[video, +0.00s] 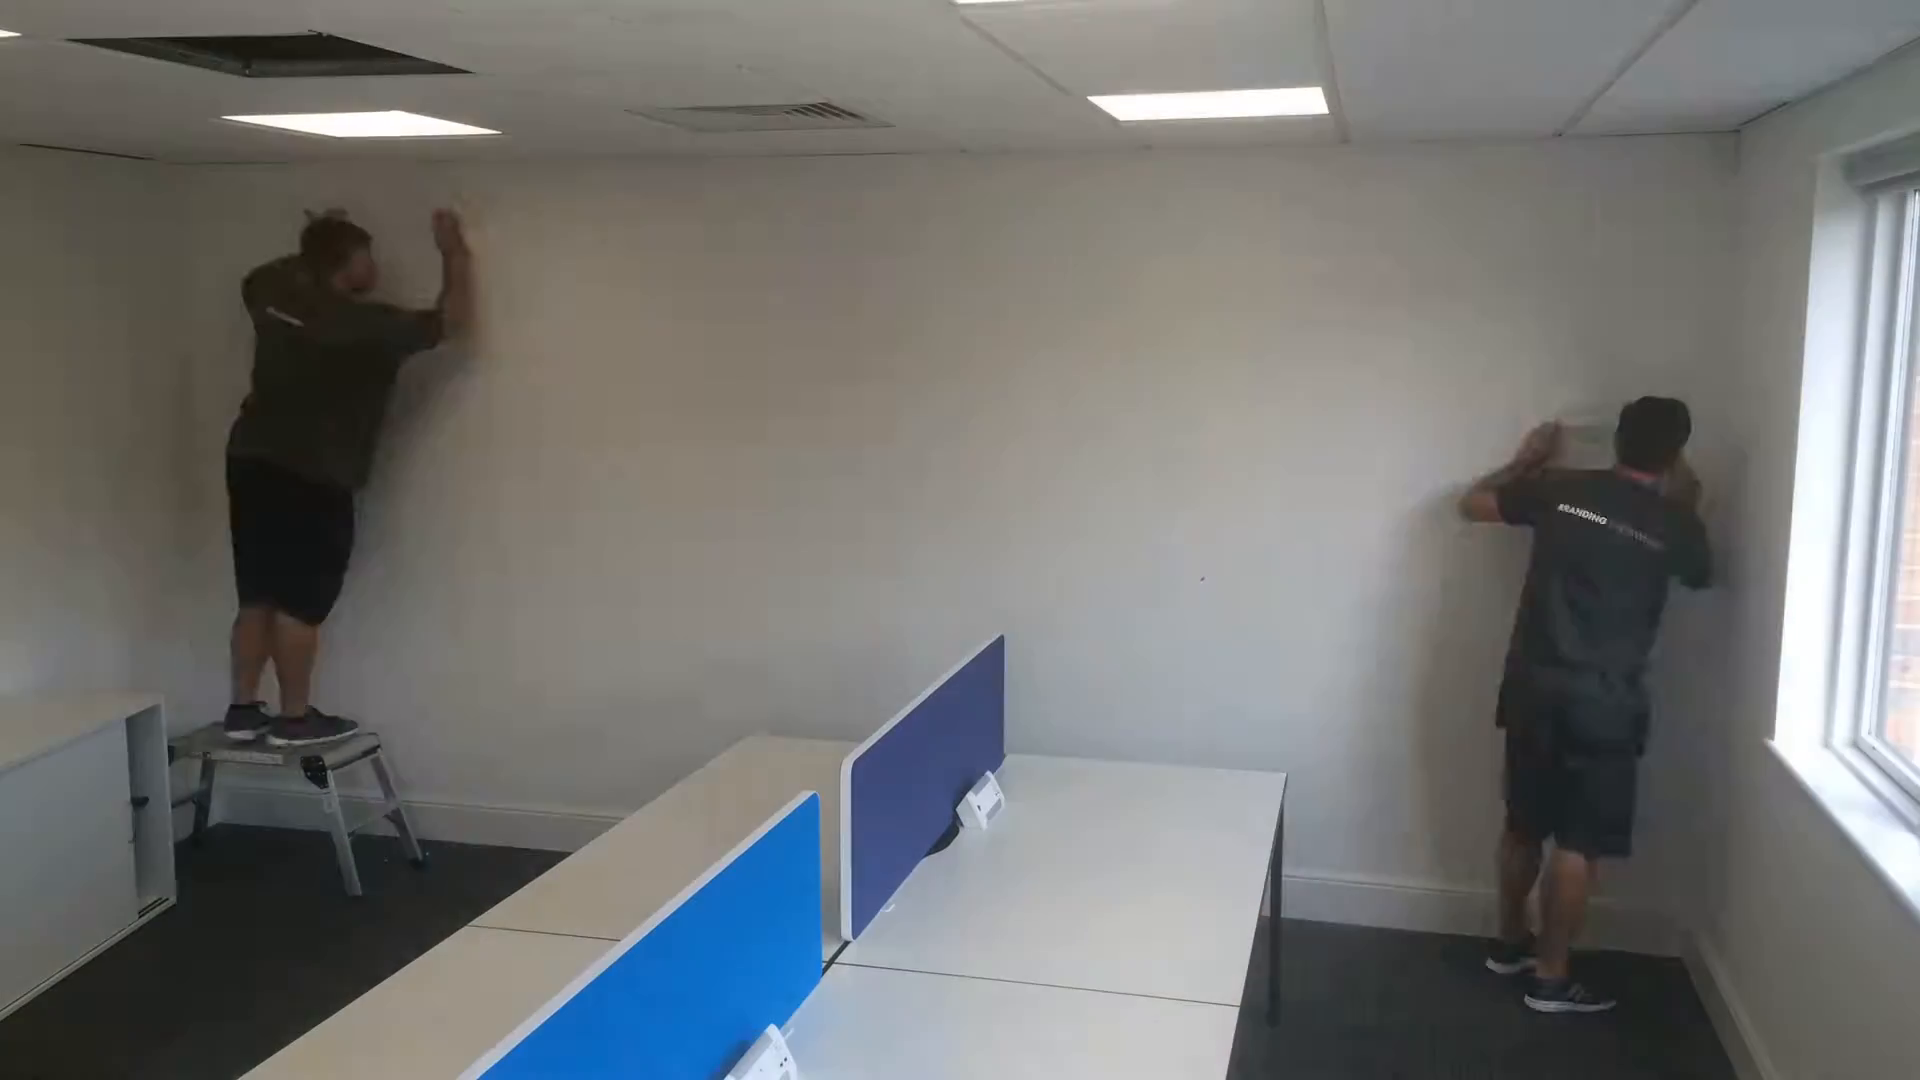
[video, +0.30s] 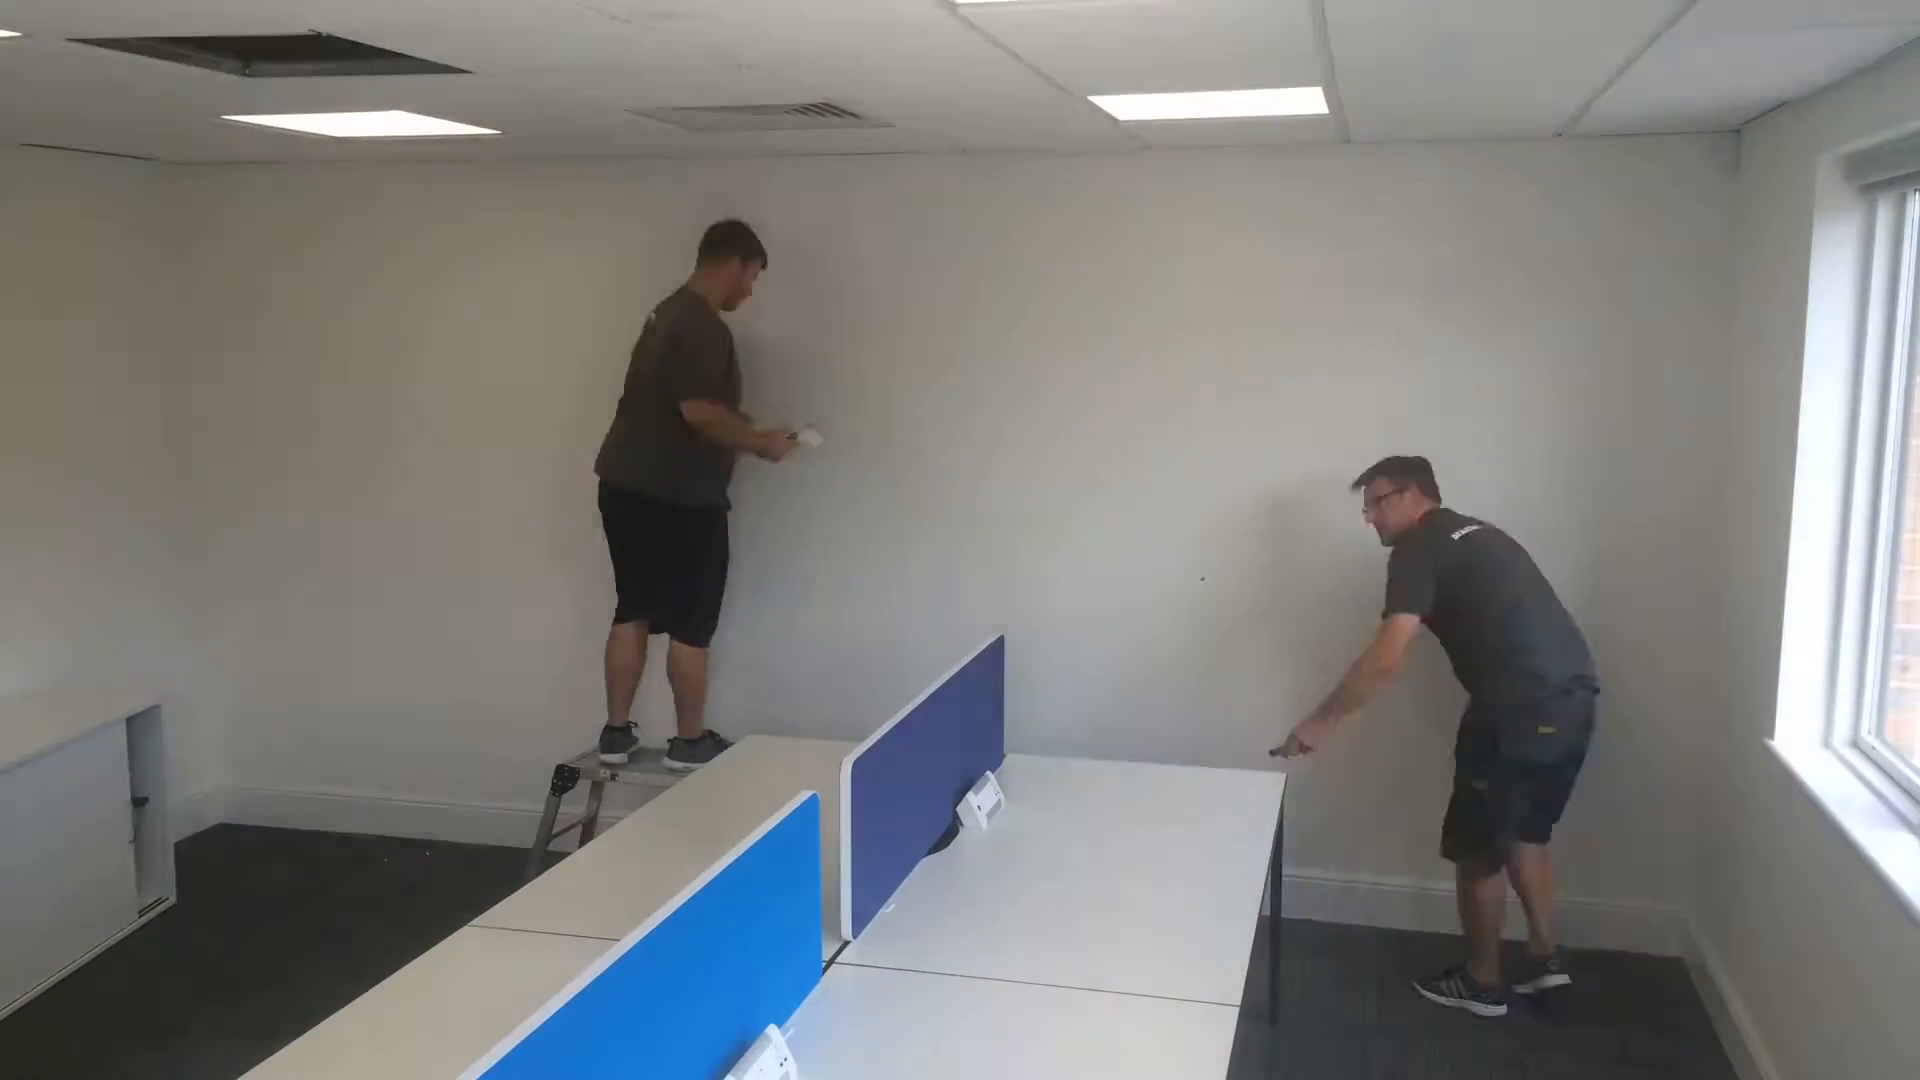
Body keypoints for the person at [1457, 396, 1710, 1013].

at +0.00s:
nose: (1679, 459)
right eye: (1678, 452)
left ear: (1617, 443)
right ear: (1672, 457)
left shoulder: (1563, 490)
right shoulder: (1673, 524)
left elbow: (1476, 505)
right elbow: (1700, 574)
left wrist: (1522, 466)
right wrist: (1687, 508)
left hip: (1534, 689)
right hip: (1607, 701)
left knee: (1522, 823)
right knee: (1577, 843)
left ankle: (1508, 945)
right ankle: (1551, 980)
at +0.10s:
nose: (1659, 735)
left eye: (1670, 731)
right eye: (1667, 727)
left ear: (1654, 673)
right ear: (1660, 709)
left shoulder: (1600, 642)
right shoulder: (1611, 724)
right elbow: (1615, 817)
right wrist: (1662, 875)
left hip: (1415, 673)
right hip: (1430, 709)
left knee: (1488, 823)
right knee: (1523, 837)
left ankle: (1486, 929)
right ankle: (1461, 968)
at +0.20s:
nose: (1655, 697)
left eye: (1665, 693)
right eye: (1664, 691)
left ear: (1659, 641)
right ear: (1658, 679)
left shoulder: (1605, 619)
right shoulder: (1595, 674)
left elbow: (1516, 676)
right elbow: (1558, 748)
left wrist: (1503, 749)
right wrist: (1619, 743)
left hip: (1428, 661)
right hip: (1435, 680)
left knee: (1479, 813)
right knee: (1488, 818)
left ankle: (1492, 926)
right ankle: (1477, 968)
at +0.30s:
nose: (1369, 516)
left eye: (1377, 501)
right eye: (1367, 505)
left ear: (1414, 495)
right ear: (1420, 499)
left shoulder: (1418, 549)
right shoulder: (1471, 531)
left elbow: (1384, 659)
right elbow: (1518, 615)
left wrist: (1321, 720)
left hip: (1512, 704)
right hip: (1570, 695)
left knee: (1476, 844)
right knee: (1528, 833)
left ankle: (1482, 980)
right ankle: (1544, 958)